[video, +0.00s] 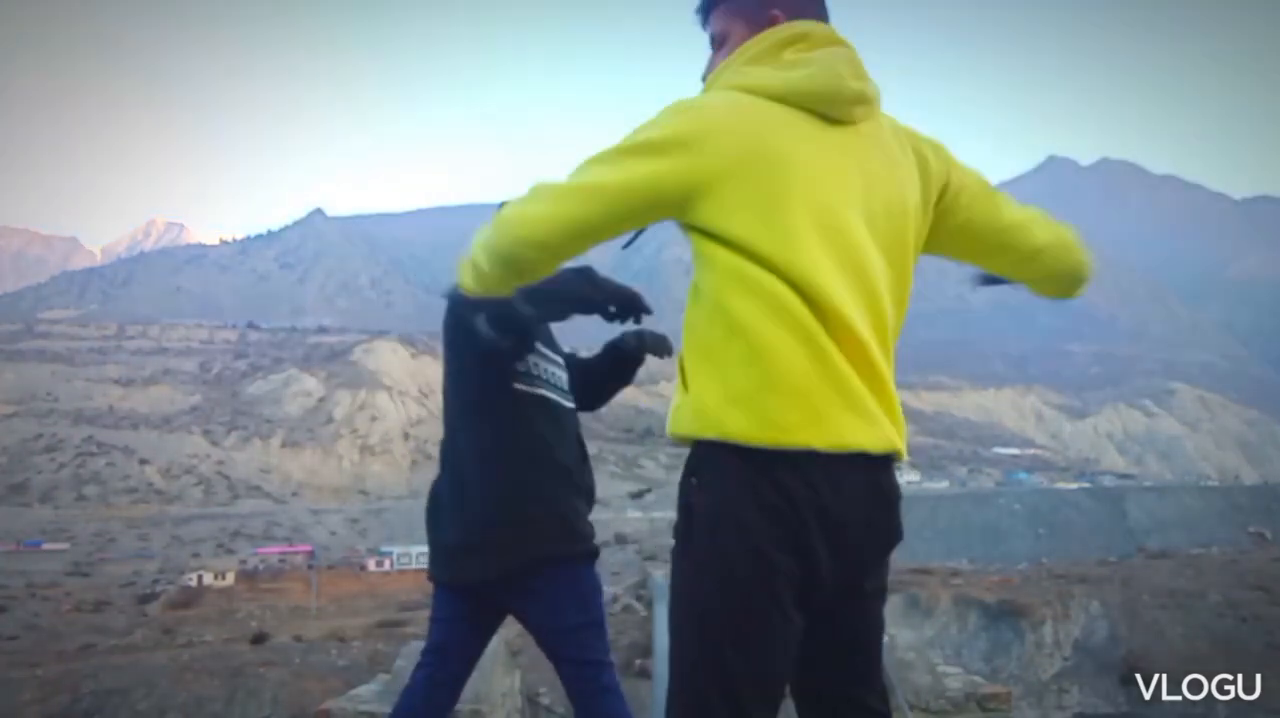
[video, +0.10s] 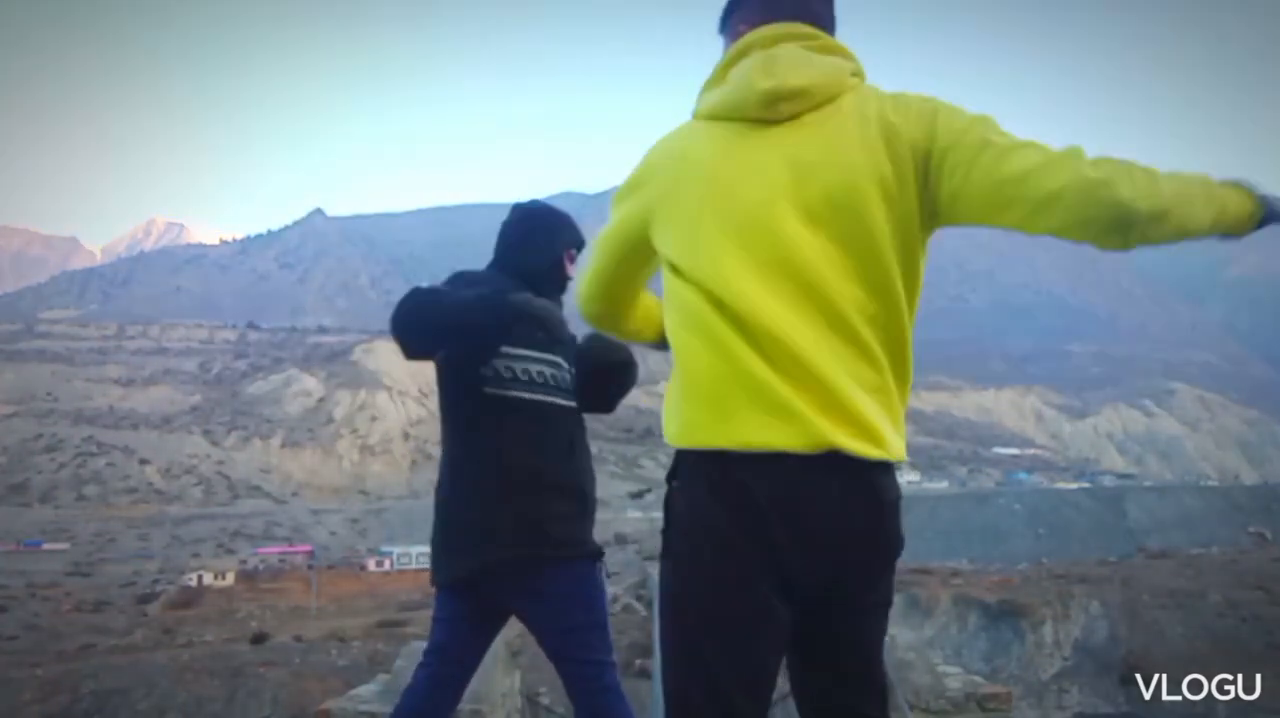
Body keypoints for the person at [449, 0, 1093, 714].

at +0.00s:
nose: (708, 62)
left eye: (713, 39)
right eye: (711, 41)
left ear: (737, 29)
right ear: (812, 30)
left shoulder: (717, 124)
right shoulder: (906, 153)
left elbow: (536, 227)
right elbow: (1062, 259)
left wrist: (481, 271)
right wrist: (1033, 251)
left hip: (744, 477)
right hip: (865, 486)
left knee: (722, 699)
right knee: (850, 698)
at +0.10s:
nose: (728, 49)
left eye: (729, 35)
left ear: (734, 39)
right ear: (826, 36)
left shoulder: (676, 157)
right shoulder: (900, 126)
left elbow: (599, 302)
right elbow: (1081, 191)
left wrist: (679, 318)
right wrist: (1246, 205)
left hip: (719, 489)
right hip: (855, 488)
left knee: (710, 702)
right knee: (847, 698)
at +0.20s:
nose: (848, 41)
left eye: (839, 33)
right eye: (845, 31)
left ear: (749, 38)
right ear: (831, 33)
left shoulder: (707, 155)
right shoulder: (848, 104)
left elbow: (746, 295)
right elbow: (945, 165)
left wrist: (878, 333)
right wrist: (1198, 113)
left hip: (706, 486)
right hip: (835, 482)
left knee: (702, 703)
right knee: (842, 699)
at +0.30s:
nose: (856, 53)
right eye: (857, 45)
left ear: (755, 40)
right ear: (851, 46)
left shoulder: (732, 142)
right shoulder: (827, 93)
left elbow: (837, 320)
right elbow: (766, 187)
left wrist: (972, 312)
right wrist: (912, 111)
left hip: (715, 481)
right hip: (828, 477)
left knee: (706, 701)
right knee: (845, 699)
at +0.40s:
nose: (855, 53)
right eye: (852, 43)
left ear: (755, 49)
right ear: (848, 45)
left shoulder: (737, 137)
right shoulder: (832, 89)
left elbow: (847, 305)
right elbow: (720, 197)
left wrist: (993, 279)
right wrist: (821, 183)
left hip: (715, 477)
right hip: (832, 475)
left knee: (707, 701)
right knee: (851, 701)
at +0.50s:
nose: (848, 51)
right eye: (847, 43)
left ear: (749, 45)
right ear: (840, 44)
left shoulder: (713, 160)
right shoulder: (827, 90)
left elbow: (813, 336)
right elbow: (789, 203)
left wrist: (954, 297)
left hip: (706, 483)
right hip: (829, 479)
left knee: (703, 701)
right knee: (854, 700)